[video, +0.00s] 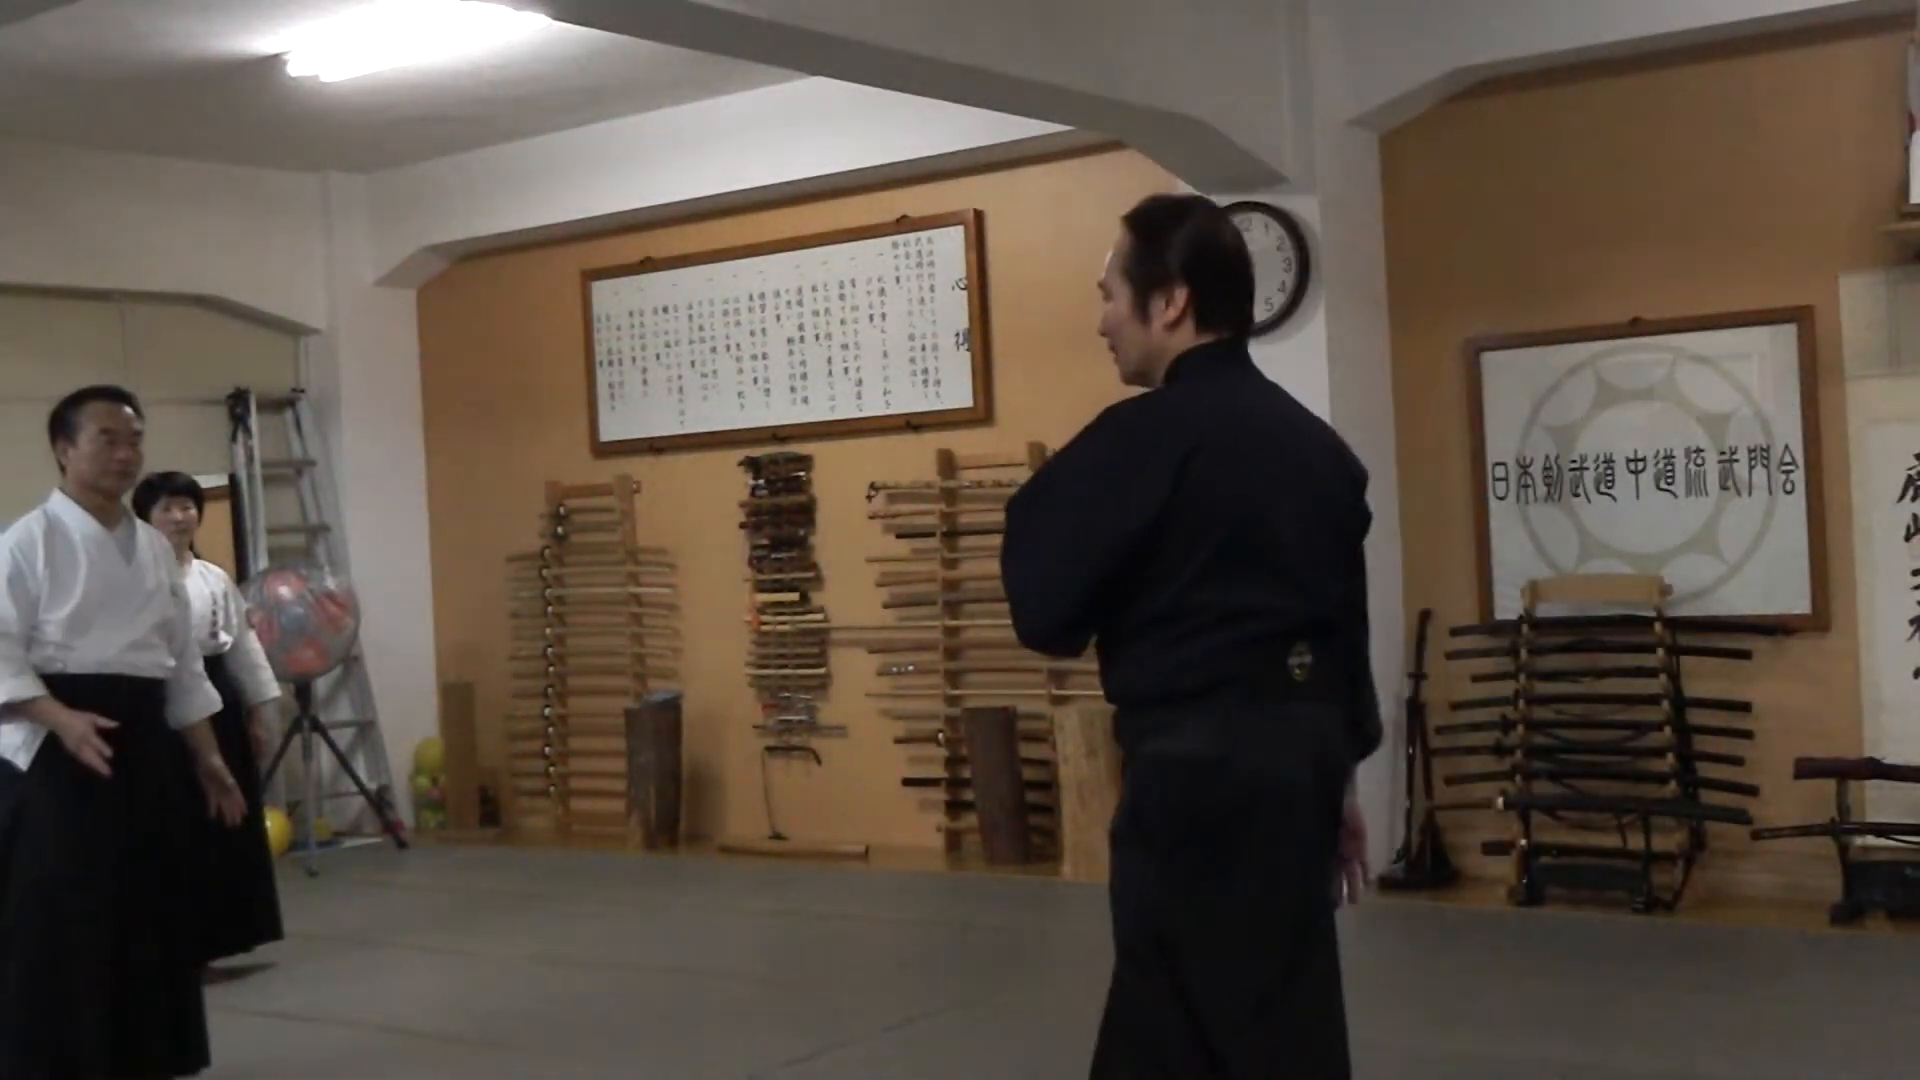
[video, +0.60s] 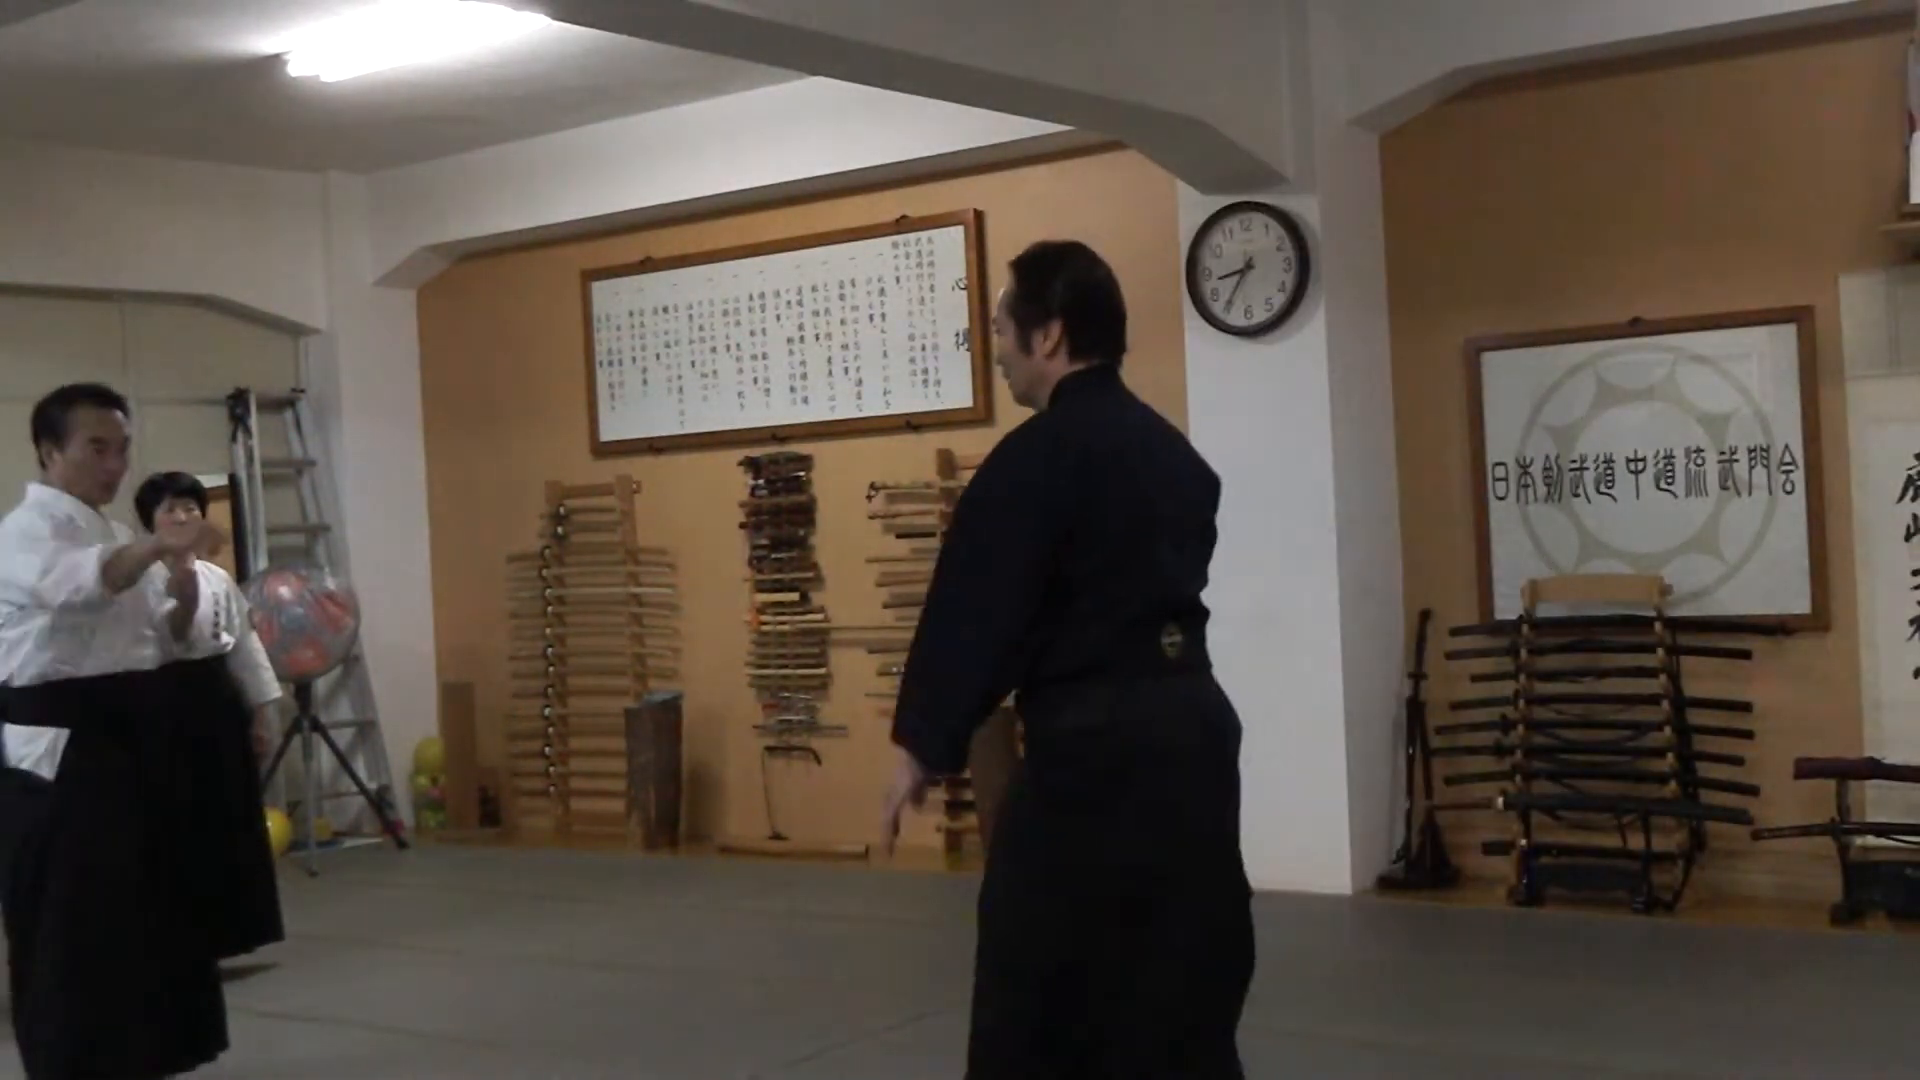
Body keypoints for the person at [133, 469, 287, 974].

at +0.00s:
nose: (180, 515)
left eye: (188, 506)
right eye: (168, 508)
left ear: (199, 516)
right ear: (146, 520)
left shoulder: (215, 579)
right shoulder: (138, 578)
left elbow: (241, 645)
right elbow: (131, 655)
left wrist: (261, 708)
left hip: (215, 699)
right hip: (157, 707)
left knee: (222, 818)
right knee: (169, 823)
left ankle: (217, 941)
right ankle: (179, 945)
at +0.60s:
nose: (183, 516)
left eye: (191, 508)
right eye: (170, 509)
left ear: (204, 518)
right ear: (148, 522)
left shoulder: (217, 579)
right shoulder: (141, 581)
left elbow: (243, 643)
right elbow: (136, 656)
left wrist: (263, 707)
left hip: (217, 704)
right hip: (160, 711)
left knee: (226, 816)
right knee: (174, 826)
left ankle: (230, 930)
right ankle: (184, 936)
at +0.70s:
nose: (182, 522)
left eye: (191, 512)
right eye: (169, 514)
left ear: (203, 519)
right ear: (147, 522)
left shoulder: (216, 579)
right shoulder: (135, 583)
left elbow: (243, 645)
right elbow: (135, 651)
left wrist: (263, 708)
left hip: (215, 698)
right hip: (158, 702)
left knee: (222, 812)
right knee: (167, 819)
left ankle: (225, 929)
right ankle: (172, 933)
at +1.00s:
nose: (186, 522)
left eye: (195, 512)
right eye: (173, 513)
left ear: (207, 519)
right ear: (148, 523)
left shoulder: (219, 580)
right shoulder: (137, 583)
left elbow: (245, 644)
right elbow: (131, 654)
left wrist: (265, 707)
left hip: (218, 700)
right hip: (160, 704)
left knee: (224, 814)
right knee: (169, 821)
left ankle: (222, 934)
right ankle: (176, 938)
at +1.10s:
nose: (187, 521)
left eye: (195, 511)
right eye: (174, 513)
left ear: (208, 519)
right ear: (149, 523)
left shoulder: (221, 580)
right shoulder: (139, 583)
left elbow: (246, 645)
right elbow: (133, 655)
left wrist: (265, 710)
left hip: (220, 699)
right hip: (162, 704)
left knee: (226, 814)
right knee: (174, 821)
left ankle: (229, 932)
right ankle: (181, 938)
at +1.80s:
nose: (197, 517)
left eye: (203, 508)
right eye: (184, 509)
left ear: (215, 518)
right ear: (159, 521)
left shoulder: (222, 578)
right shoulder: (148, 575)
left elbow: (249, 643)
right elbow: (137, 652)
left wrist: (269, 708)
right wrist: (141, 720)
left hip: (225, 701)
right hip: (170, 703)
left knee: (231, 814)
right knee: (180, 819)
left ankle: (232, 932)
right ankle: (187, 938)